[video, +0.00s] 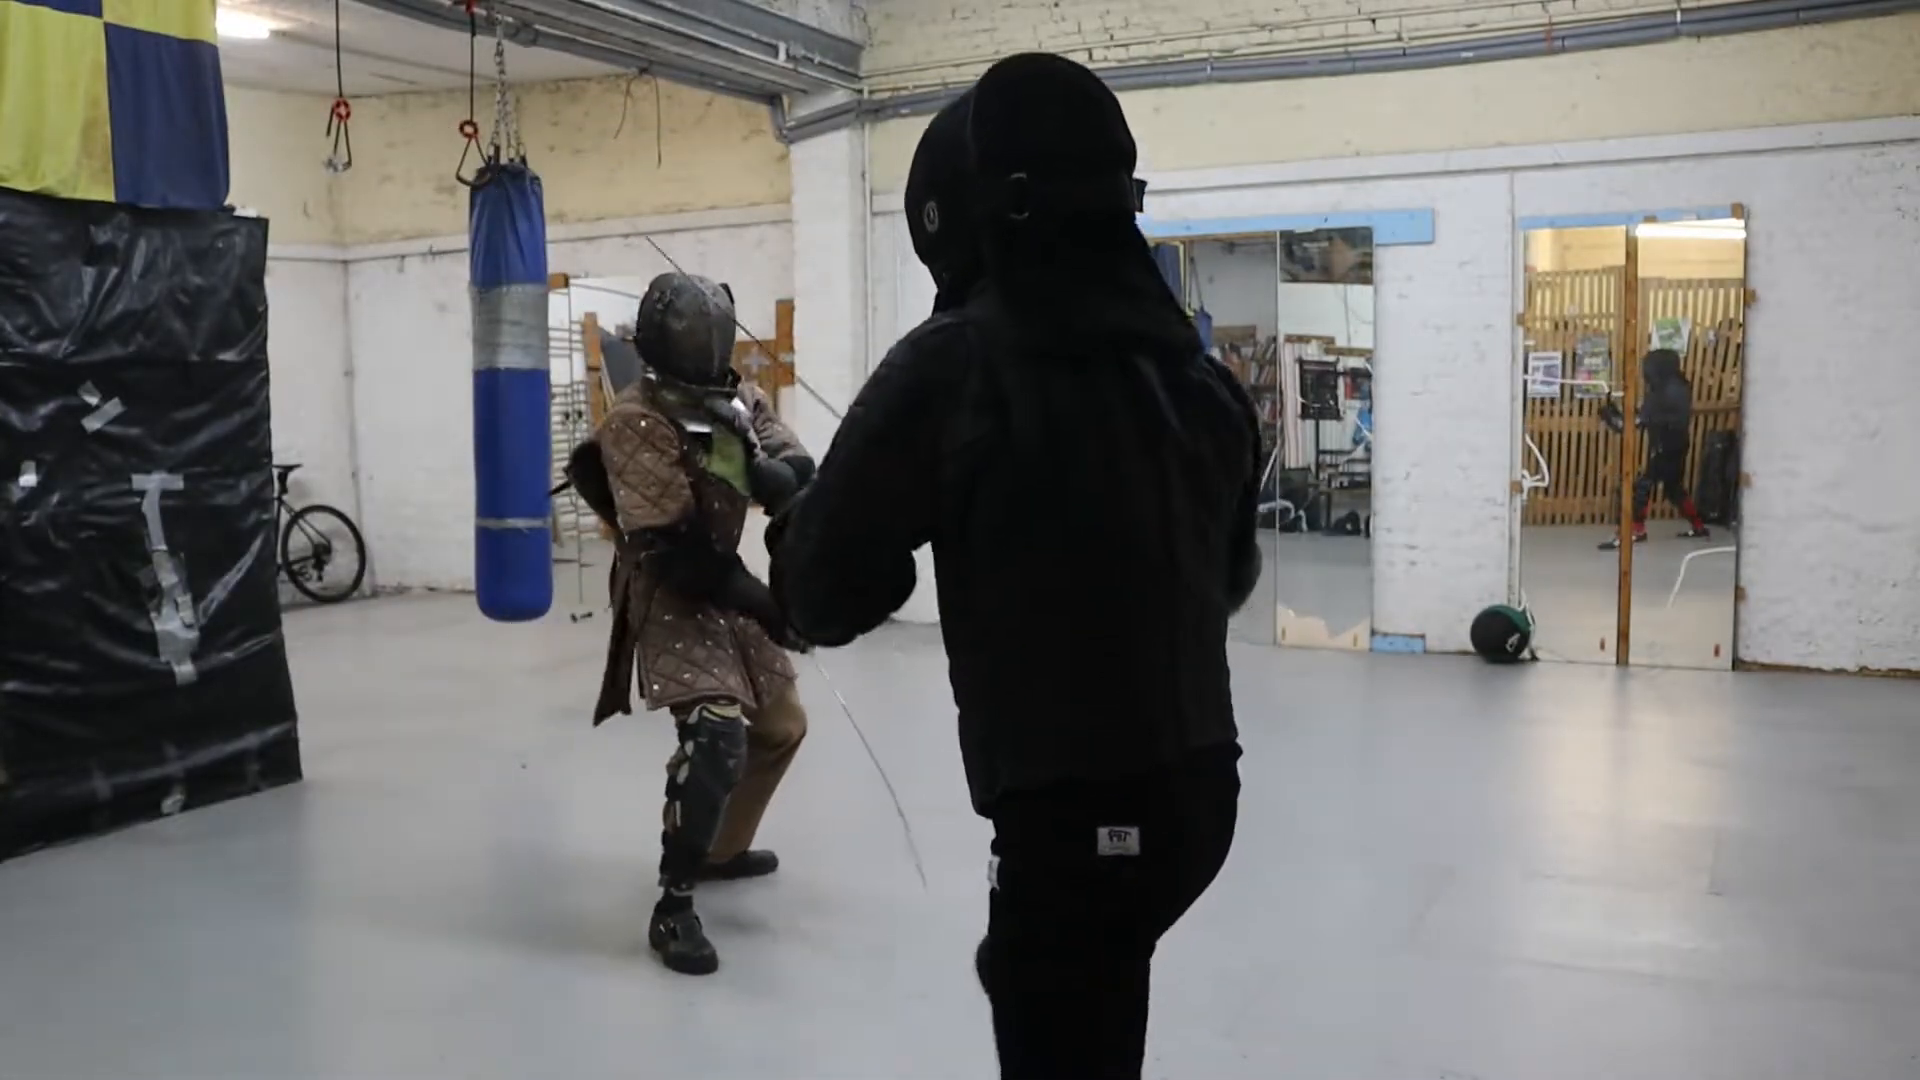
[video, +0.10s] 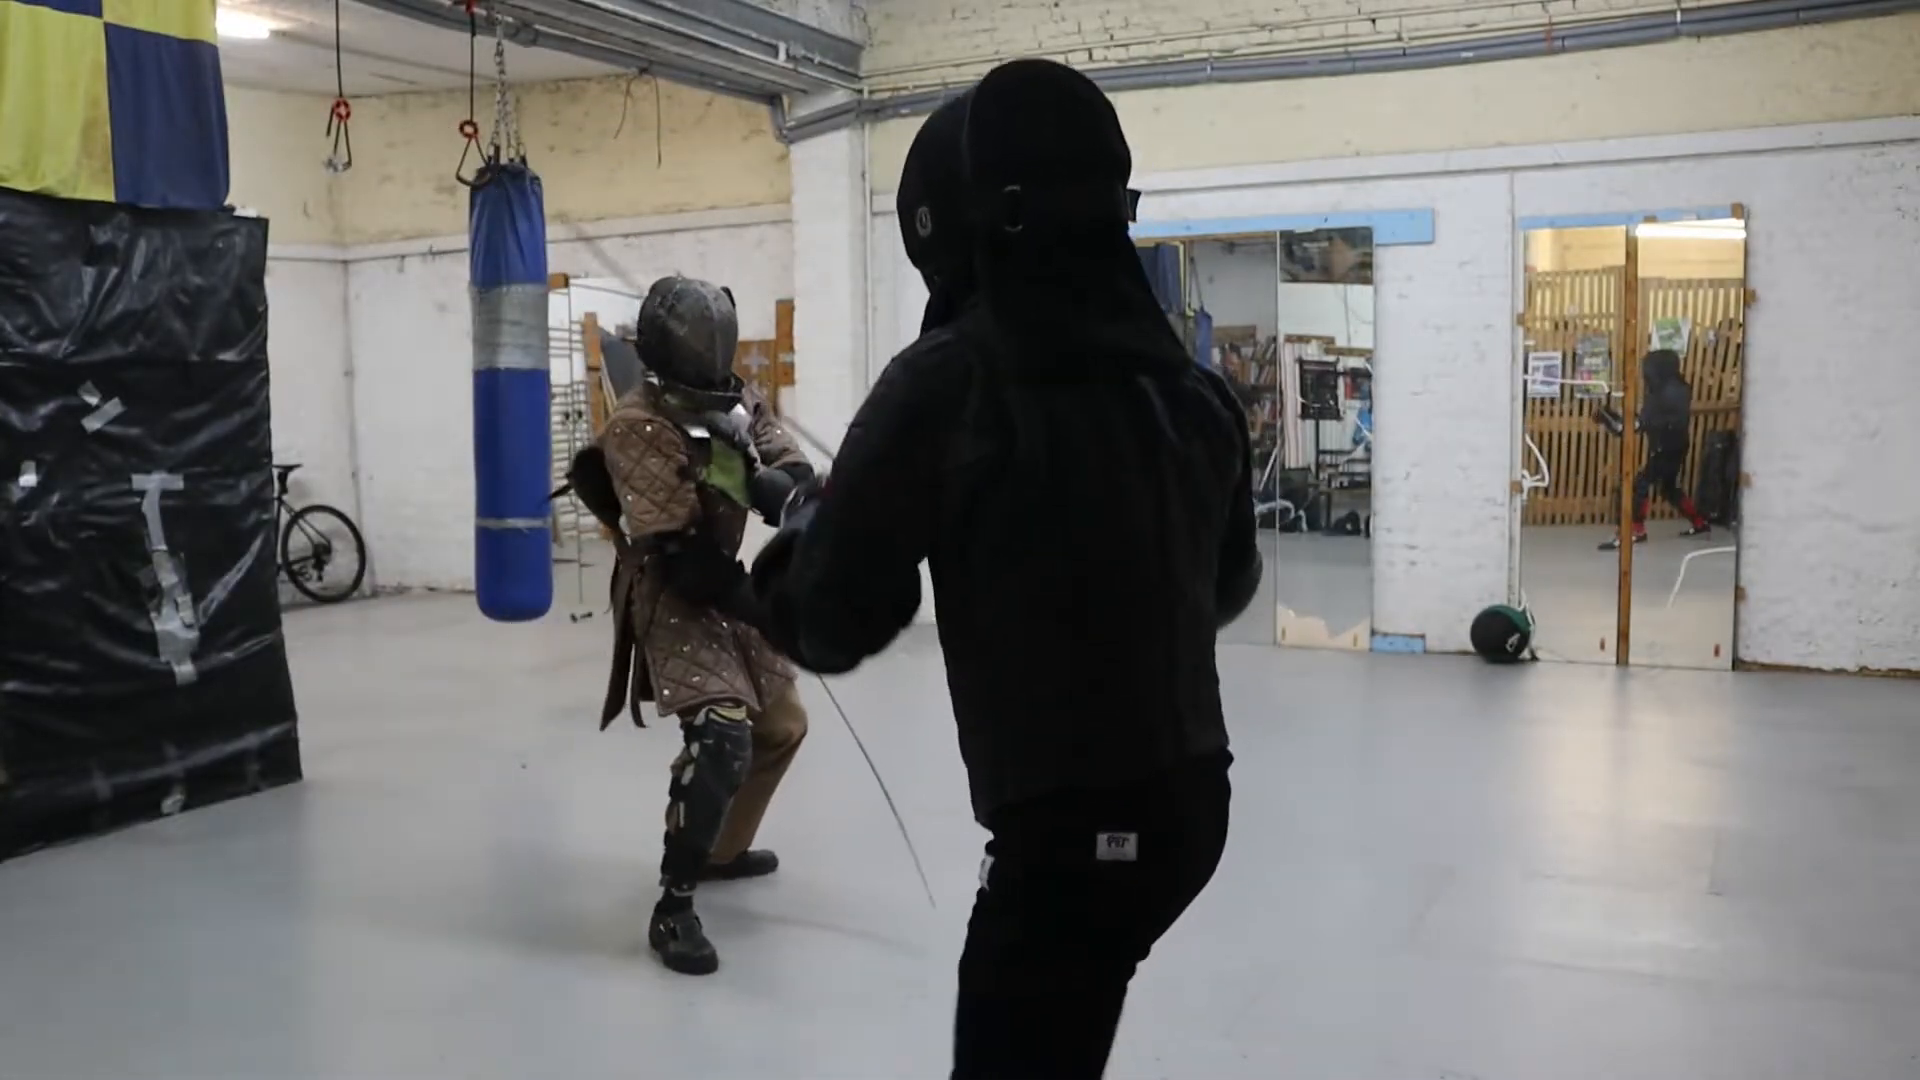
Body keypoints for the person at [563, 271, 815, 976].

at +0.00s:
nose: (707, 359)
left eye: (716, 344)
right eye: (692, 345)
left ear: (732, 342)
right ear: (662, 345)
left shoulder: (739, 402)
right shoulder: (637, 425)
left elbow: (792, 462)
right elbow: (672, 550)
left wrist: (775, 467)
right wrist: (771, 609)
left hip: (733, 592)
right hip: (669, 599)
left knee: (780, 726)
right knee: (718, 733)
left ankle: (721, 851)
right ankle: (675, 905)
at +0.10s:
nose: (712, 362)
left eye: (720, 347)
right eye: (696, 349)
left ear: (733, 344)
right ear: (666, 350)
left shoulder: (739, 405)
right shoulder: (640, 431)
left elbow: (792, 468)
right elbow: (673, 553)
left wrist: (786, 484)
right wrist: (764, 608)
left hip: (732, 591)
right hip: (669, 598)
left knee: (781, 724)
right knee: (723, 733)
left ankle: (720, 852)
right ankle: (675, 906)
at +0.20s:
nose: (711, 373)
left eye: (720, 357)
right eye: (696, 359)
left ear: (736, 352)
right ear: (665, 357)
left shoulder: (744, 409)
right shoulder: (642, 436)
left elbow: (801, 498)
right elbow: (680, 559)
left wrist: (751, 481)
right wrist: (774, 623)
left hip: (729, 596)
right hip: (667, 603)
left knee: (783, 722)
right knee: (723, 733)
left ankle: (720, 851)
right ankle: (674, 906)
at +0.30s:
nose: (714, 380)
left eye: (724, 364)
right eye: (698, 366)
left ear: (737, 357)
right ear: (664, 362)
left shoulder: (745, 411)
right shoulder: (643, 437)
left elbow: (802, 503)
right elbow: (674, 559)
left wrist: (753, 494)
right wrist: (770, 619)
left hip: (726, 592)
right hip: (663, 600)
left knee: (787, 707)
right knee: (720, 738)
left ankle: (721, 849)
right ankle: (673, 904)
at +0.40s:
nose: (718, 371)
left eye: (728, 354)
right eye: (702, 355)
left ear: (741, 349)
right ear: (668, 352)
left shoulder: (745, 408)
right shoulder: (641, 420)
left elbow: (805, 497)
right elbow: (679, 557)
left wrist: (761, 504)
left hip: (736, 594)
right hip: (664, 605)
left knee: (777, 716)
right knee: (715, 750)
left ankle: (722, 848)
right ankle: (671, 907)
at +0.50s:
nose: (716, 353)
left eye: (728, 336)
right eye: (701, 336)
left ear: (741, 325)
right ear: (668, 327)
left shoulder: (746, 388)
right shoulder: (634, 379)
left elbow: (804, 478)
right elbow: (665, 470)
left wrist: (768, 488)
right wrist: (745, 473)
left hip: (730, 578)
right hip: (664, 583)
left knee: (756, 726)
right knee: (717, 741)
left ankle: (715, 847)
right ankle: (670, 908)